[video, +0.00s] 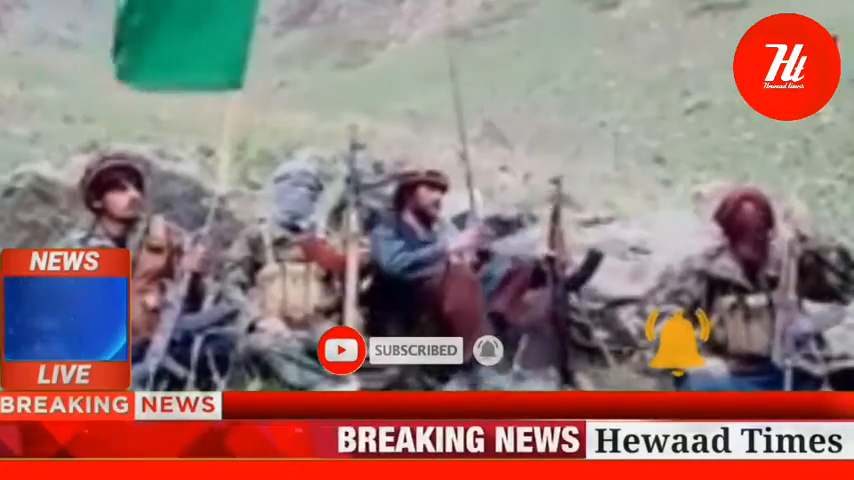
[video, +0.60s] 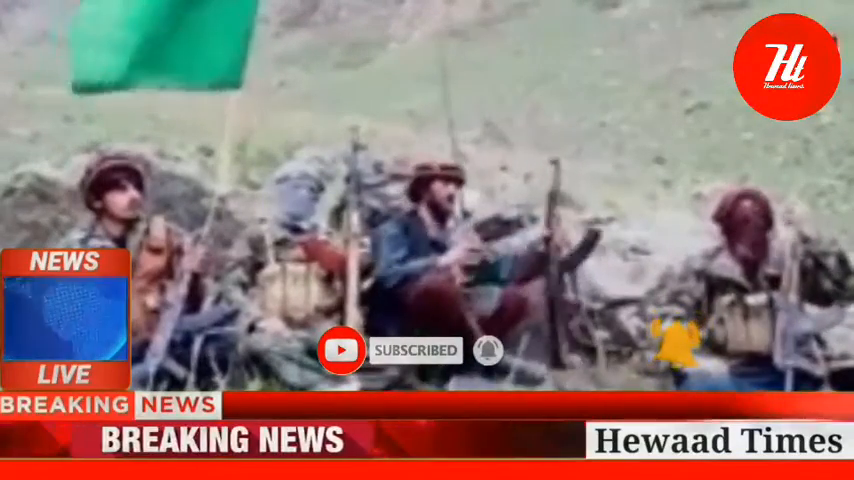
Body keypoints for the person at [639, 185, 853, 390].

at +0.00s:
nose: (752, 241)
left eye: (758, 230)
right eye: (741, 232)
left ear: (769, 228)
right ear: (728, 232)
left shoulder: (792, 262)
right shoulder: (704, 269)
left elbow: (843, 289)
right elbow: (663, 306)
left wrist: (808, 245)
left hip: (789, 366)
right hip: (730, 369)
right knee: (699, 381)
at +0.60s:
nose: (754, 235)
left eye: (761, 226)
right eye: (744, 226)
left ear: (769, 228)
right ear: (727, 230)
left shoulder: (788, 263)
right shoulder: (703, 269)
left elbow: (838, 289)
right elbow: (672, 305)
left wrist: (806, 243)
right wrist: (675, 330)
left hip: (795, 368)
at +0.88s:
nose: (751, 231)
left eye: (758, 223)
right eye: (741, 223)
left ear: (769, 226)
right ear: (727, 228)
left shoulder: (795, 263)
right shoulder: (701, 269)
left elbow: (841, 296)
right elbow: (663, 314)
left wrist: (815, 244)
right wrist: (691, 358)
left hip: (787, 365)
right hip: (725, 368)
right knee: (704, 387)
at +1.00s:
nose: (751, 233)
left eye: (758, 225)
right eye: (741, 225)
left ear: (770, 227)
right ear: (728, 229)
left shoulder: (795, 264)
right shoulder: (701, 269)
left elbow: (839, 299)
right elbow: (662, 314)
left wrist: (822, 246)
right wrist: (693, 360)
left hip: (787, 366)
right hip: (726, 370)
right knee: (704, 387)